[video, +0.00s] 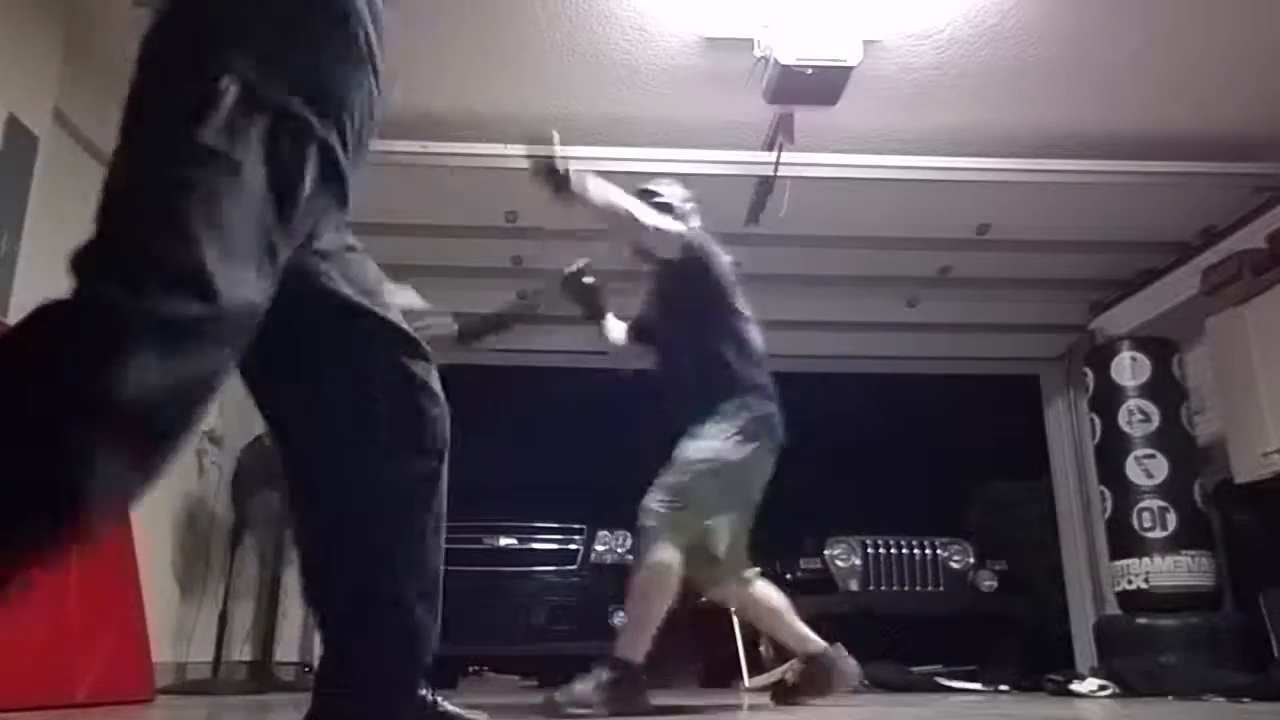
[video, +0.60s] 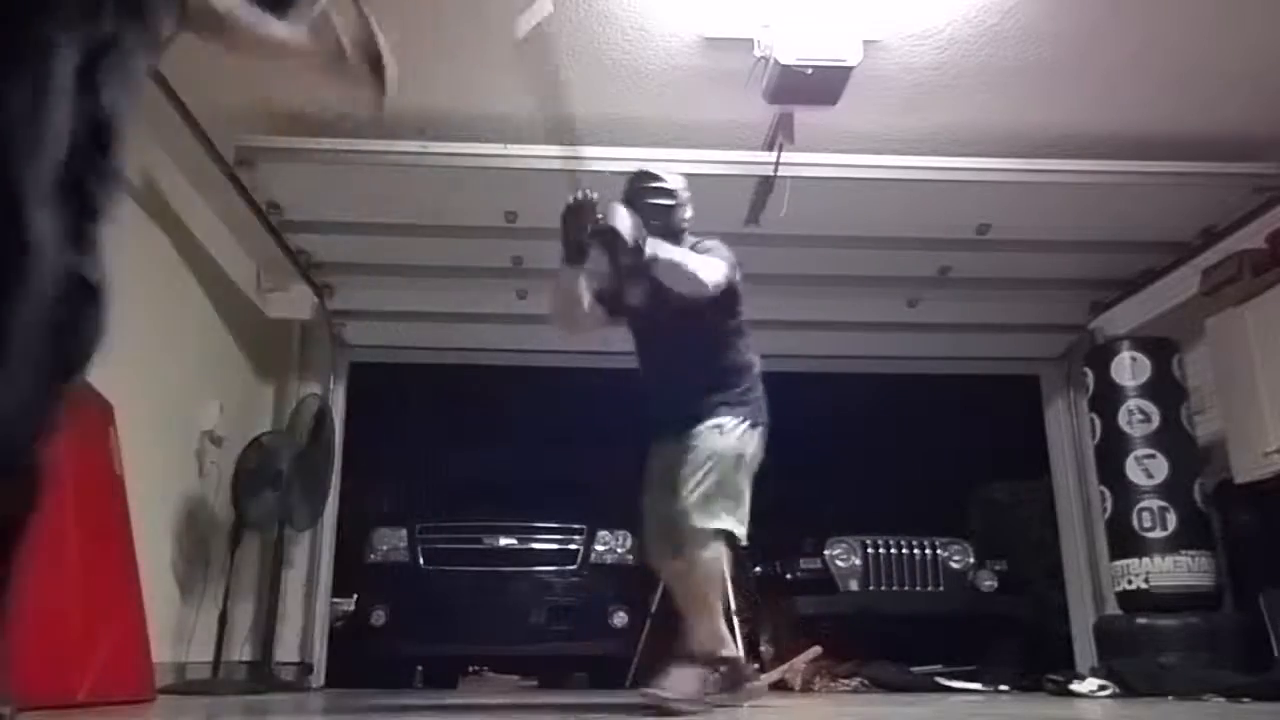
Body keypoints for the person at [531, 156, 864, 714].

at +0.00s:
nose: (644, 222)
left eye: (655, 213)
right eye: (641, 213)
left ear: (685, 219)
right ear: (646, 230)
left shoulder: (697, 254)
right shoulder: (665, 302)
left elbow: (637, 222)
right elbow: (626, 350)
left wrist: (574, 180)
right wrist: (596, 306)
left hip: (740, 415)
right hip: (715, 428)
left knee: (663, 520)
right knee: (717, 567)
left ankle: (623, 672)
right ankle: (821, 658)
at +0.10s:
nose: (620, 215)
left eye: (631, 206)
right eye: (617, 207)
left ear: (660, 213)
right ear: (623, 215)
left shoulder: (677, 250)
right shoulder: (647, 291)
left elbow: (626, 227)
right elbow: (631, 377)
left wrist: (563, 184)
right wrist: (593, 342)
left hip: (720, 413)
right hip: (706, 426)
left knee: (634, 514)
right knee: (681, 578)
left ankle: (618, 670)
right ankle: (797, 644)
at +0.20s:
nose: (596, 227)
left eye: (603, 213)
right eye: (595, 216)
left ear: (631, 211)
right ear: (646, 212)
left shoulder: (659, 255)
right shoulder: (651, 263)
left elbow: (632, 315)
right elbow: (636, 377)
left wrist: (598, 318)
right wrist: (592, 348)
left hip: (704, 410)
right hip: (705, 416)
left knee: (626, 515)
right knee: (671, 578)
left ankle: (616, 671)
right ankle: (776, 636)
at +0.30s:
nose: (601, 217)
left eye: (611, 206)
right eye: (598, 209)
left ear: (647, 211)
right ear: (595, 222)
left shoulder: (671, 266)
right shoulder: (629, 281)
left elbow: (672, 350)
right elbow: (609, 370)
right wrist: (577, 335)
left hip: (704, 416)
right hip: (678, 423)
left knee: (624, 523)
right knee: (651, 569)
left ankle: (616, 671)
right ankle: (750, 638)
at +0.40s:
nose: (627, 209)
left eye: (638, 200)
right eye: (615, 203)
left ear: (663, 212)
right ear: (601, 223)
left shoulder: (687, 265)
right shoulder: (623, 290)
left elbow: (693, 339)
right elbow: (578, 338)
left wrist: (657, 392)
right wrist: (563, 291)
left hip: (704, 415)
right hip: (662, 419)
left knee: (633, 518)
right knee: (632, 556)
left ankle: (618, 671)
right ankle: (727, 651)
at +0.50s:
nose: (634, 219)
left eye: (644, 207)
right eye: (625, 209)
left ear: (669, 209)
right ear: (614, 218)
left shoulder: (701, 260)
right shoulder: (625, 282)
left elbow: (699, 313)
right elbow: (571, 330)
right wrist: (568, 263)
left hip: (715, 418)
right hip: (665, 423)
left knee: (671, 536)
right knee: (657, 545)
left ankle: (632, 661)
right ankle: (727, 658)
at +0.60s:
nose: (669, 221)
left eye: (675, 210)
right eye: (654, 211)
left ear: (688, 211)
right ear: (631, 215)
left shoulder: (710, 253)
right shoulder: (626, 273)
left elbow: (704, 281)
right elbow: (573, 319)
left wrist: (639, 244)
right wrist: (574, 257)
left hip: (729, 409)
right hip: (673, 420)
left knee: (694, 517)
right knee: (663, 540)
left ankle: (703, 657)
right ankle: (727, 658)